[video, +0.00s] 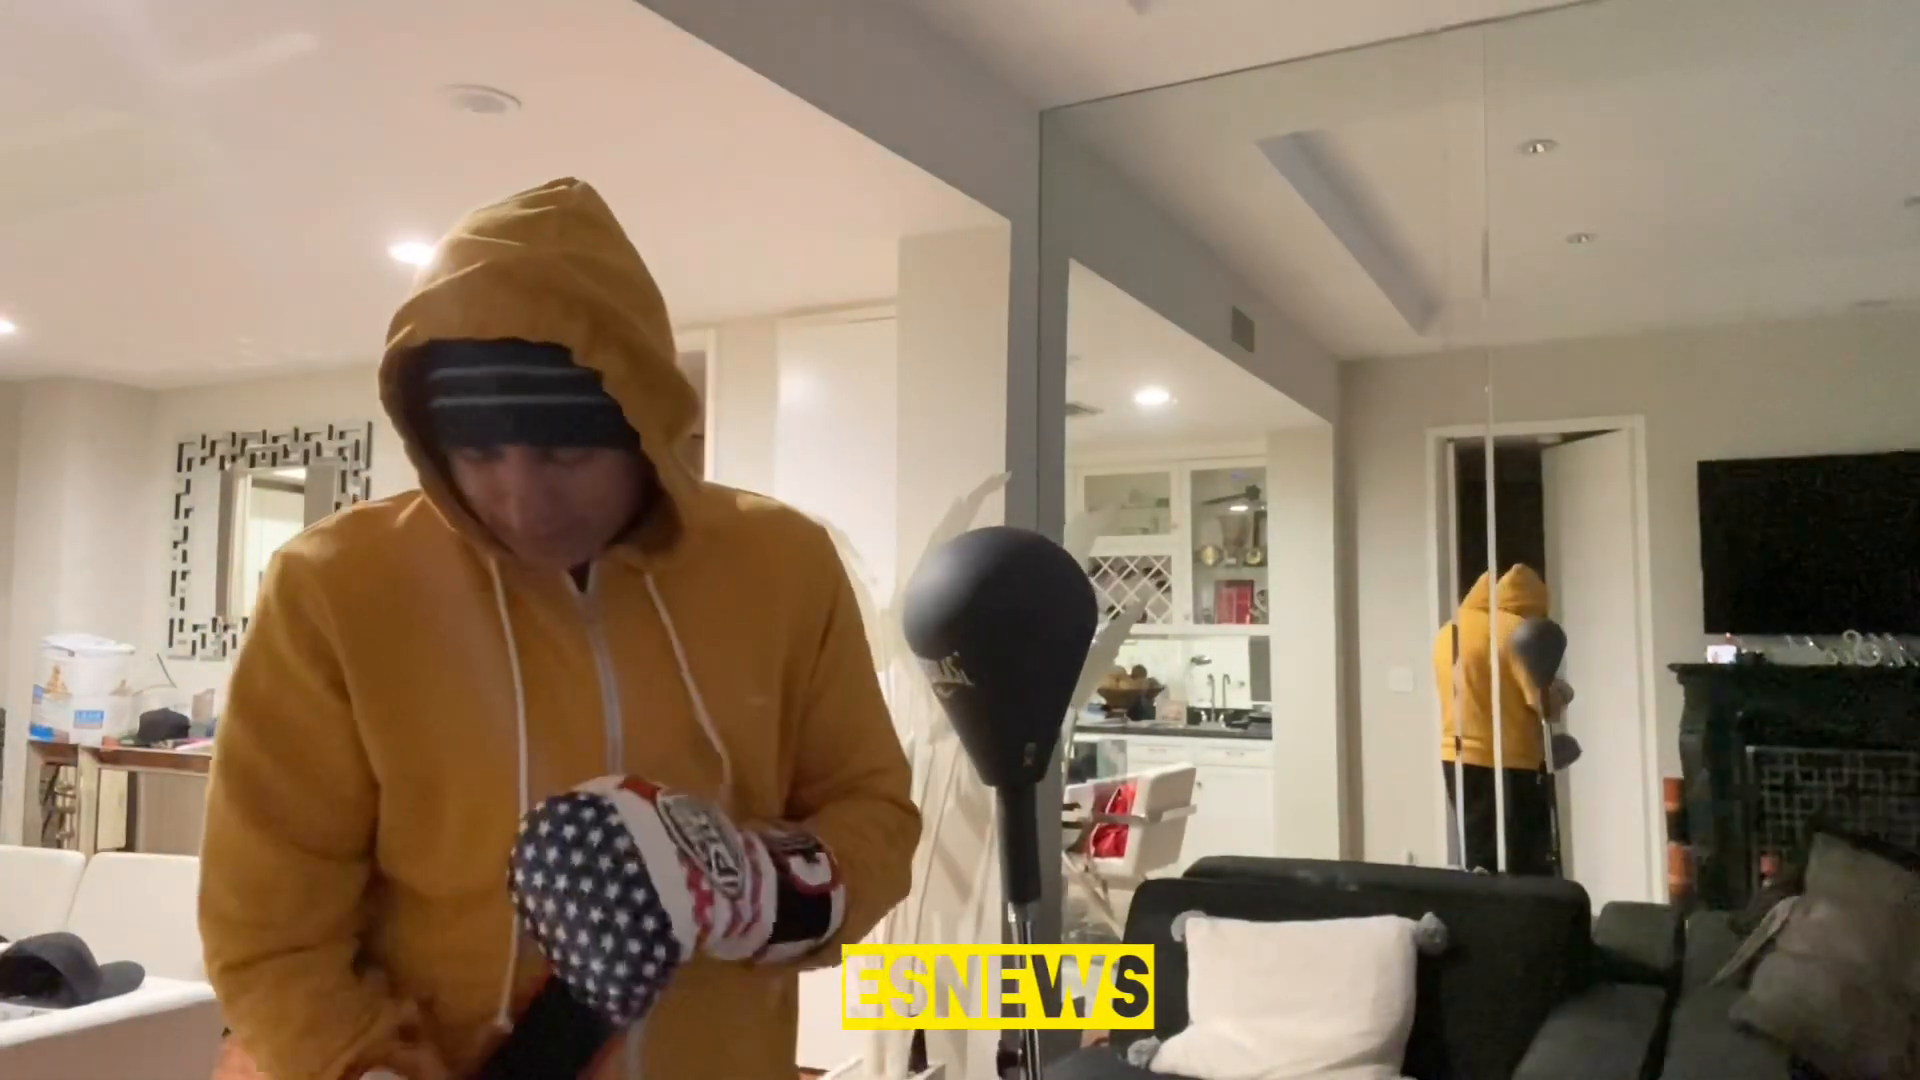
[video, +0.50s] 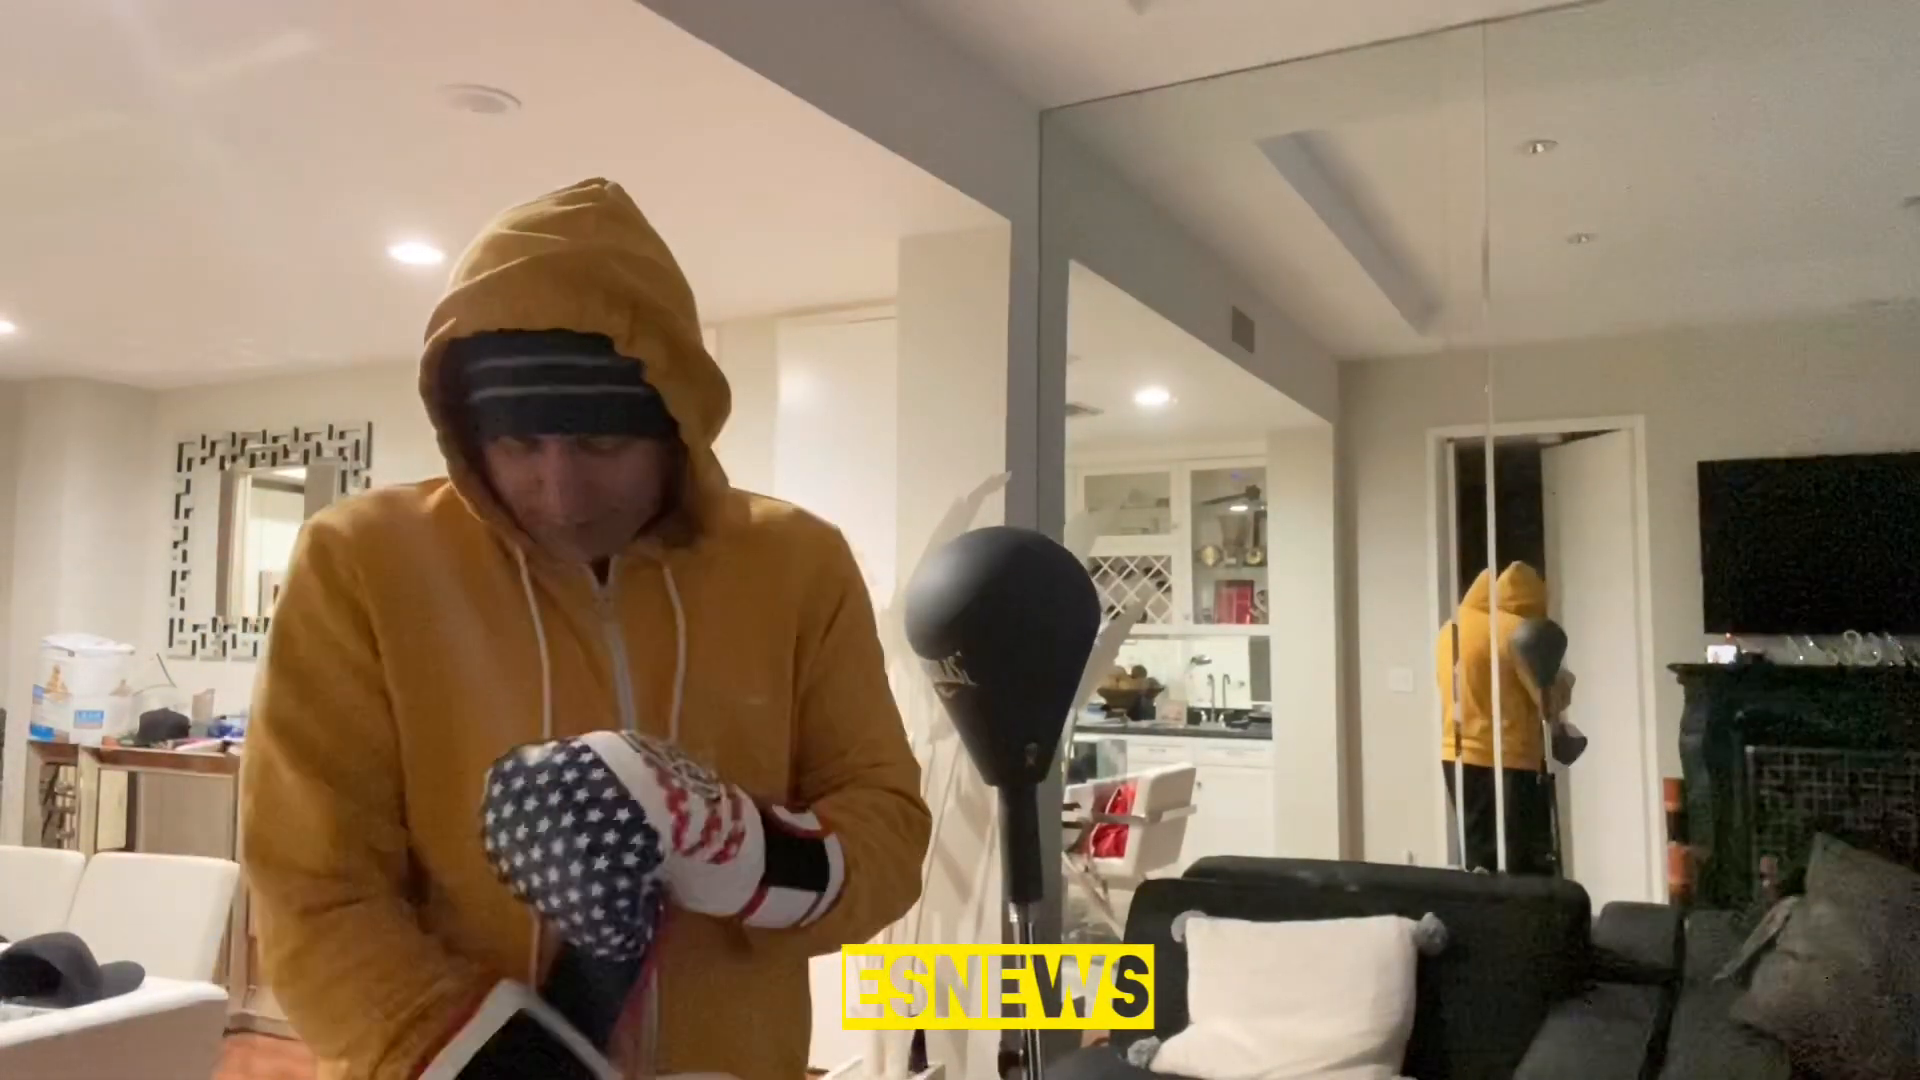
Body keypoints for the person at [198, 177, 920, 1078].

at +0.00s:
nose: (523, 500)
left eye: (569, 445)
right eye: (480, 451)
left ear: (651, 423)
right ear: (433, 441)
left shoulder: (783, 569)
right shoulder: (333, 596)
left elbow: (877, 814)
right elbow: (273, 942)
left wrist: (756, 888)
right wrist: (388, 1069)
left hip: (724, 1058)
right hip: (457, 1060)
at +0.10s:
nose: (524, 507)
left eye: (566, 446)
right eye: (478, 453)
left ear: (649, 419)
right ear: (433, 441)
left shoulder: (785, 569)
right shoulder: (335, 595)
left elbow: (878, 817)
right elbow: (283, 954)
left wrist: (741, 872)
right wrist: (401, 1064)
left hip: (724, 1055)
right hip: (455, 1055)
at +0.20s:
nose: (527, 502)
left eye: (569, 446)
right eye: (484, 450)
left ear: (652, 420)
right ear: (439, 437)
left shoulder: (787, 569)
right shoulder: (339, 591)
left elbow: (883, 811)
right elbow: (288, 949)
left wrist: (787, 875)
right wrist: (393, 1068)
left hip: (727, 1060)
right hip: (455, 1060)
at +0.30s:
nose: (533, 500)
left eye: (576, 446)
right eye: (493, 448)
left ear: (659, 421)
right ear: (447, 433)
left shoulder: (791, 568)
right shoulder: (345, 584)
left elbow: (888, 819)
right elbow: (293, 933)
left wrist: (779, 864)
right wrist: (396, 1065)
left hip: (727, 1058)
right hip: (460, 1060)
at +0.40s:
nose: (546, 498)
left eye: (590, 443)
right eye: (507, 445)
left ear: (669, 425)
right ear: (458, 432)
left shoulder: (793, 567)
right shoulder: (352, 579)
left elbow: (889, 824)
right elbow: (308, 922)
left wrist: (762, 854)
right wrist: (453, 1054)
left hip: (730, 1057)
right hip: (480, 1059)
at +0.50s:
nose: (559, 495)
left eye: (603, 442)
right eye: (520, 444)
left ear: (676, 424)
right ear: (470, 432)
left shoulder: (797, 566)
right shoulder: (363, 565)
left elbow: (889, 829)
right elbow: (317, 897)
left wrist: (728, 846)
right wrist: (477, 1045)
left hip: (729, 1062)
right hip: (476, 1060)